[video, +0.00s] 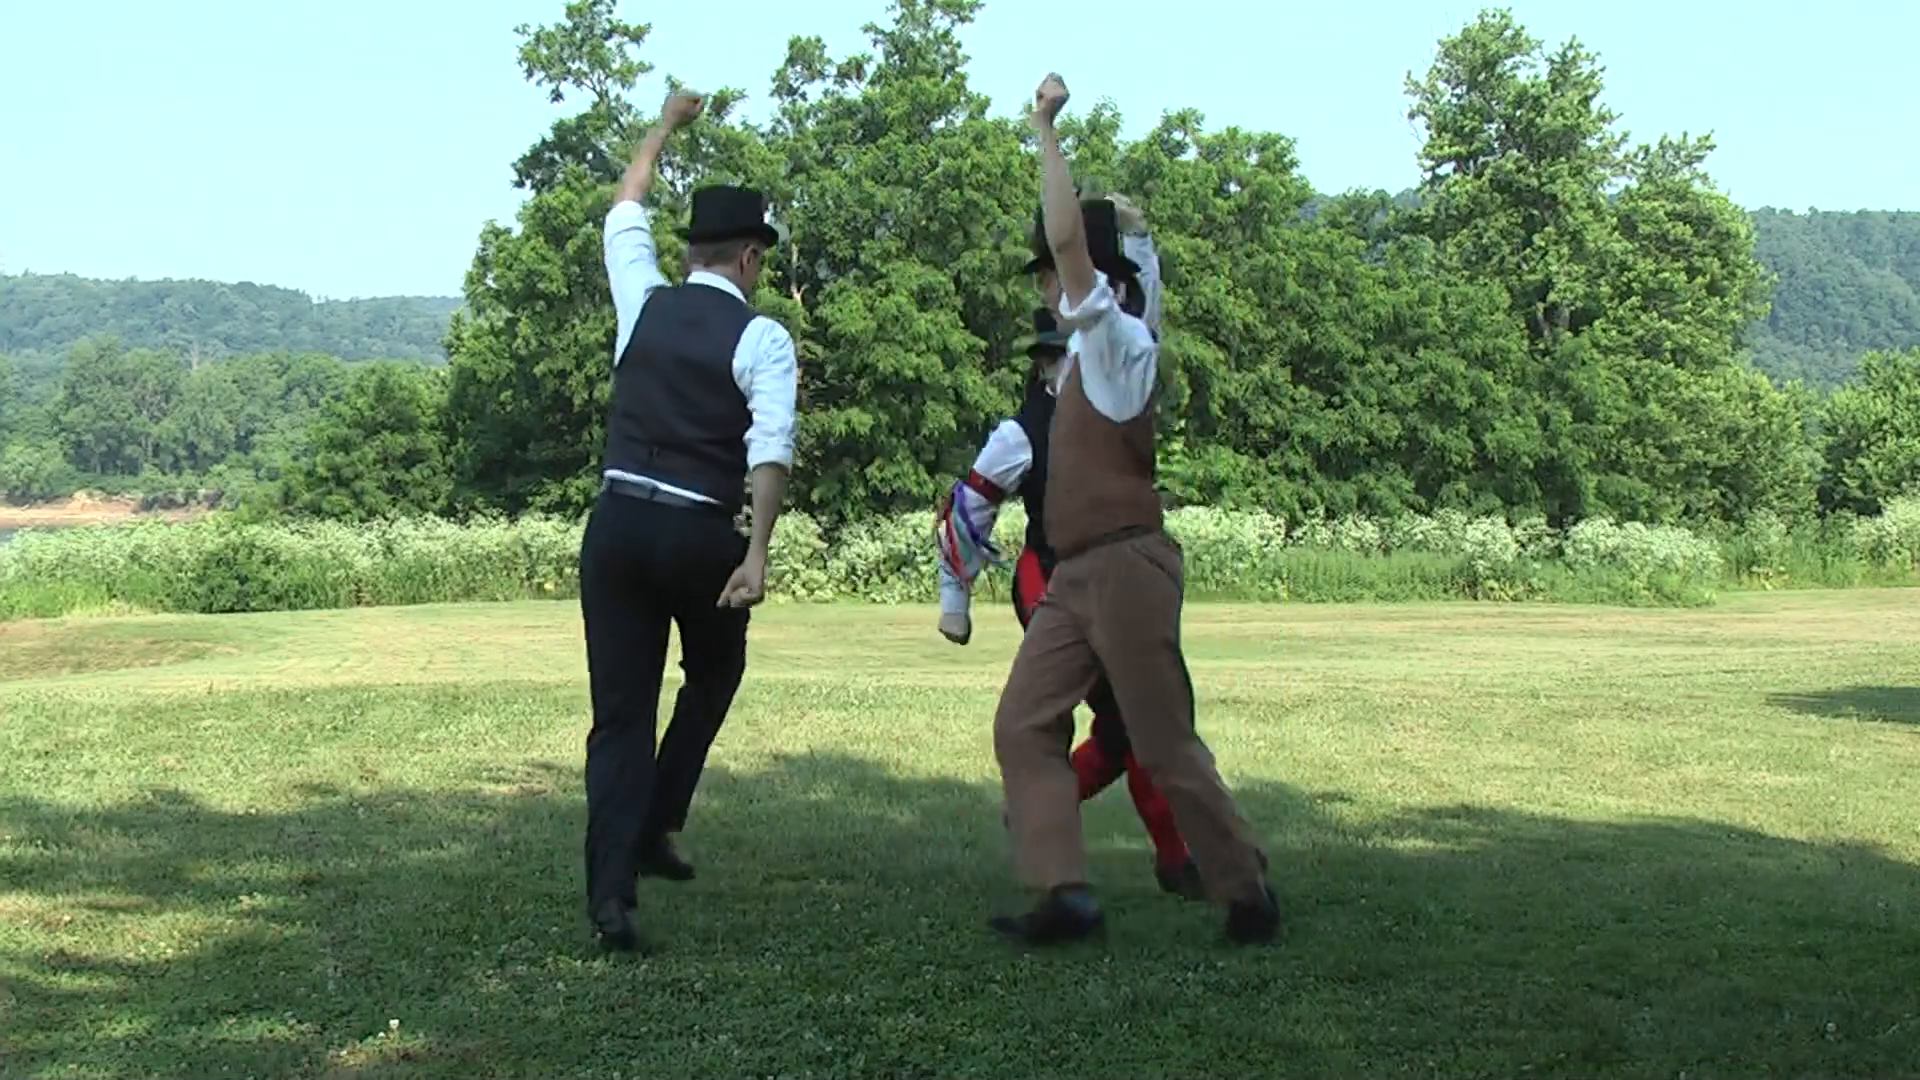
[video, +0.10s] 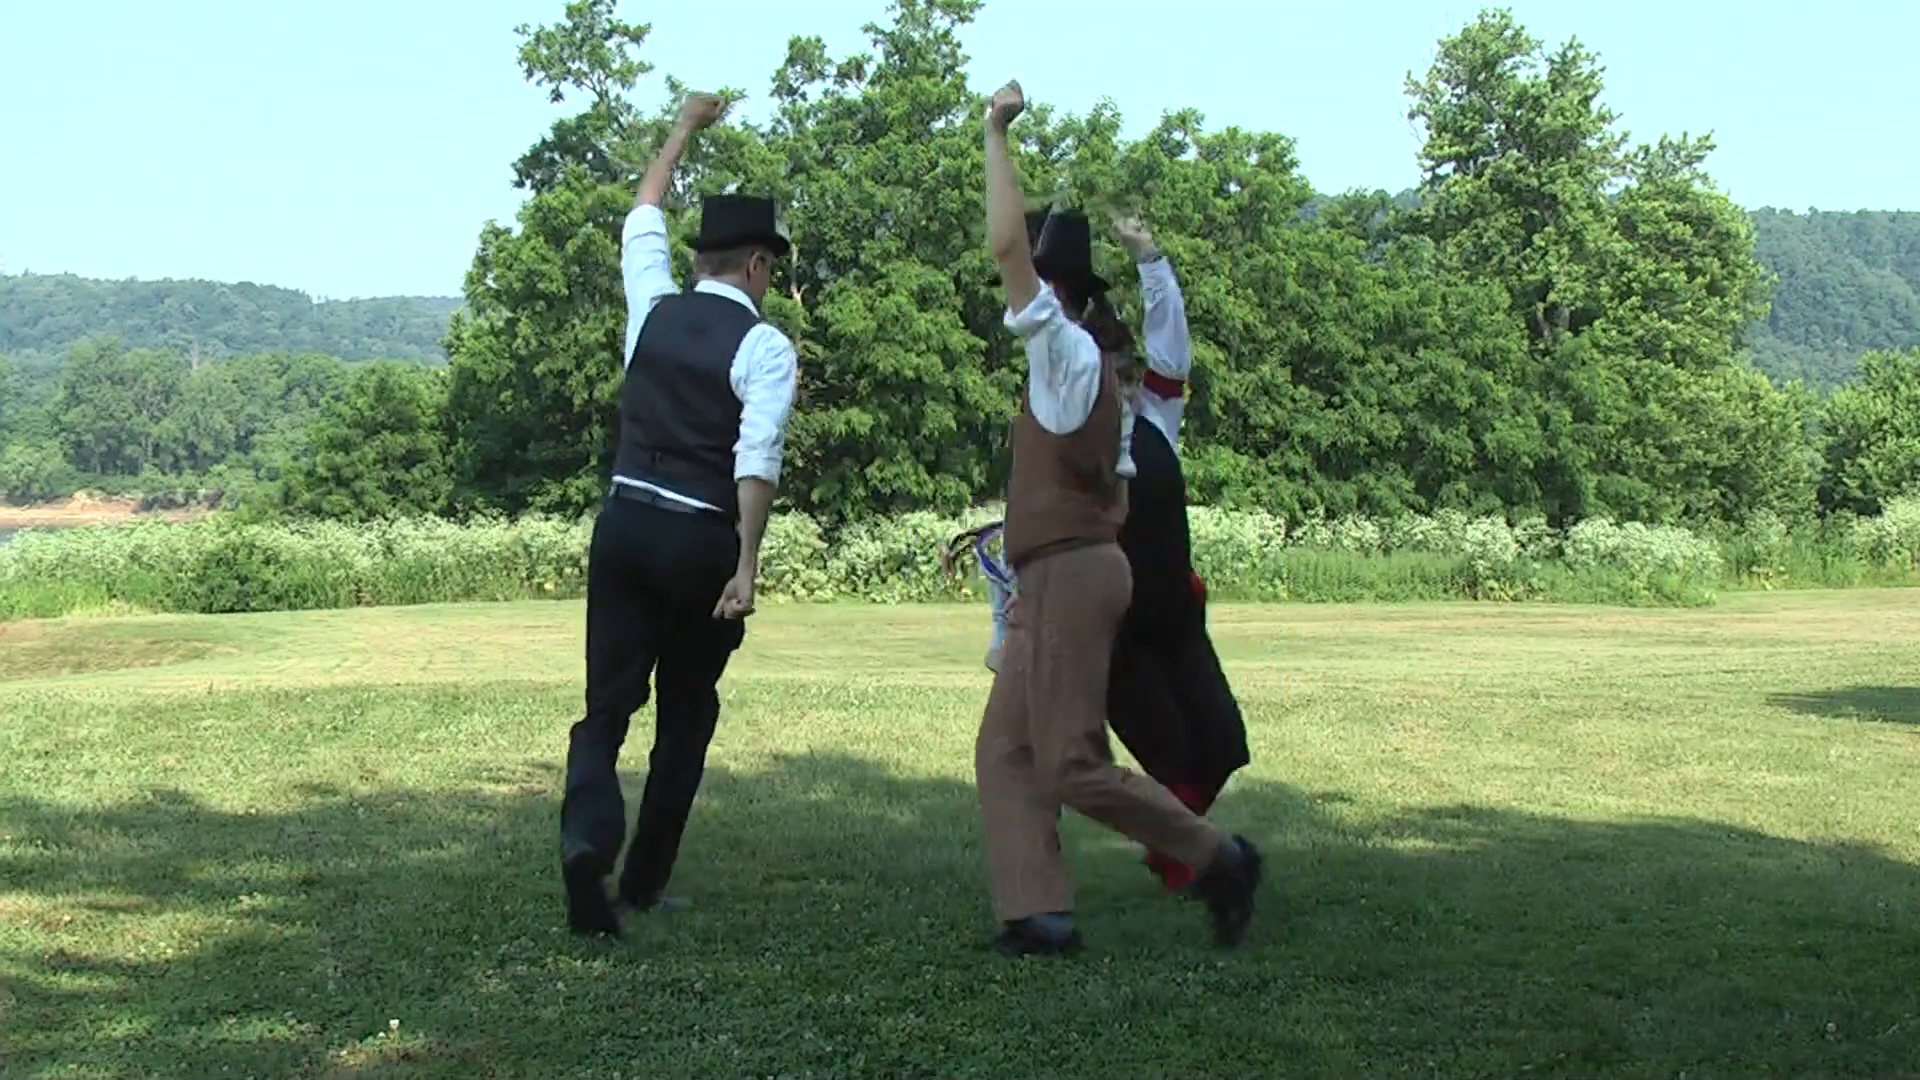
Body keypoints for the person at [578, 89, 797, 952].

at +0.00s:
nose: (765, 263)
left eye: (760, 251)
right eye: (761, 252)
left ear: (692, 251)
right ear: (748, 258)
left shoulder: (643, 300)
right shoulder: (764, 336)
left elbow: (625, 207)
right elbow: (768, 448)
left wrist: (663, 127)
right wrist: (758, 549)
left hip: (616, 522)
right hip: (702, 534)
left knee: (617, 716)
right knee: (714, 671)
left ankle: (610, 905)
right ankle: (657, 826)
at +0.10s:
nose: (773, 277)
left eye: (771, 263)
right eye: (771, 265)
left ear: (701, 259)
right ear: (753, 267)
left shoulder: (652, 304)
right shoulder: (766, 345)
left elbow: (646, 208)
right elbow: (755, 460)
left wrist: (683, 126)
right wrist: (748, 559)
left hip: (624, 520)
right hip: (706, 536)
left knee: (604, 707)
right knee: (686, 717)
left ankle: (584, 849)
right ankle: (643, 881)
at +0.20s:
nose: (784, 291)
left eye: (783, 278)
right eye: (783, 280)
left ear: (710, 275)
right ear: (763, 280)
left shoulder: (666, 323)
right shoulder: (766, 366)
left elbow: (661, 227)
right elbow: (758, 484)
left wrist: (696, 137)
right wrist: (763, 588)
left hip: (628, 539)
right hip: (700, 554)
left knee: (637, 701)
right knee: (690, 724)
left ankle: (570, 783)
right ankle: (643, 884)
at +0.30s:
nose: (792, 276)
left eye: (791, 263)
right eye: (791, 263)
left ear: (729, 254)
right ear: (772, 259)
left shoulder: (679, 300)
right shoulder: (774, 341)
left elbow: (675, 207)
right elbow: (768, 460)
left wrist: (710, 125)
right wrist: (777, 553)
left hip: (643, 519)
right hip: (707, 534)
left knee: (690, 649)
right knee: (698, 705)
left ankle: (598, 750)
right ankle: (645, 878)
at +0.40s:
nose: (810, 251)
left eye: (808, 236)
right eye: (806, 236)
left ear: (748, 228)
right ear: (781, 231)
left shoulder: (692, 275)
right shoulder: (788, 310)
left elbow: (694, 183)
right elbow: (774, 436)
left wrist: (730, 101)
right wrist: (783, 534)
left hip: (661, 486)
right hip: (721, 502)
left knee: (766, 579)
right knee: (708, 685)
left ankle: (661, 715)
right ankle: (651, 872)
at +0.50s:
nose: (831, 245)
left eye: (829, 230)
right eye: (825, 231)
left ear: (761, 226)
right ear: (797, 232)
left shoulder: (713, 275)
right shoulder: (796, 314)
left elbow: (720, 186)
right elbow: (775, 439)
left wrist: (759, 104)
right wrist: (786, 531)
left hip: (683, 484)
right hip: (736, 500)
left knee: (809, 583)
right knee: (736, 686)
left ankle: (720, 731)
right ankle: (688, 862)